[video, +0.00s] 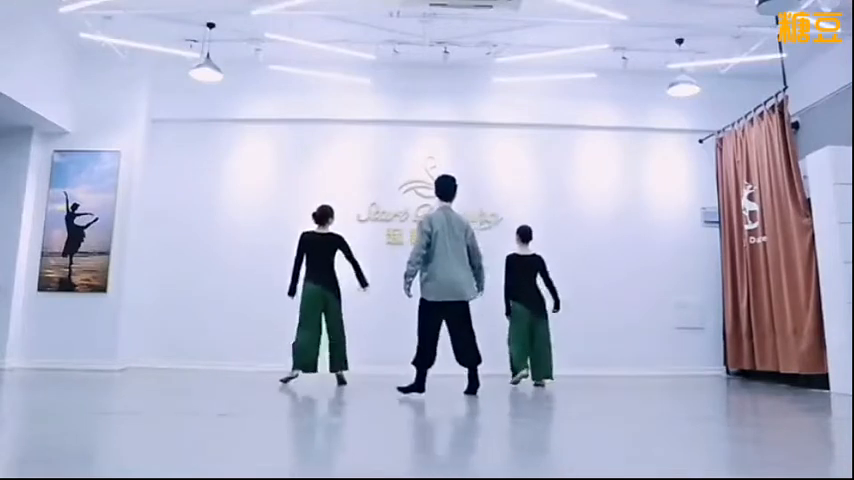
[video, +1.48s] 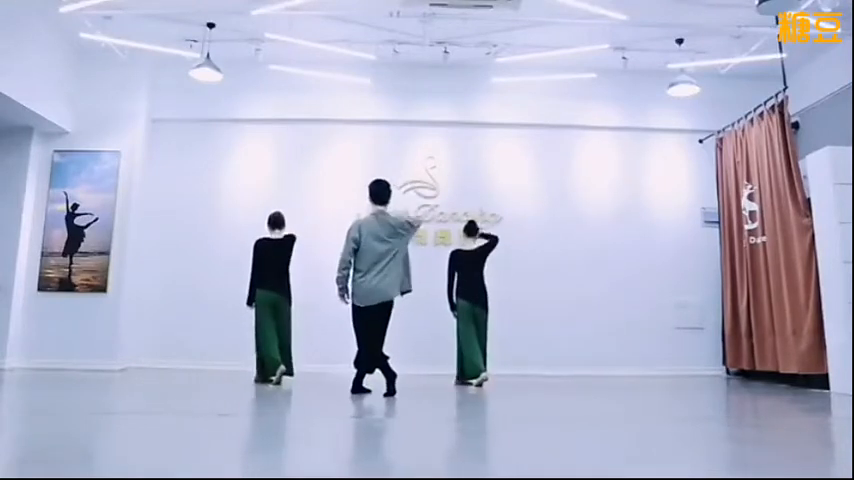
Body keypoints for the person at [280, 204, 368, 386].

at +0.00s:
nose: (332, 221)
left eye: (330, 218)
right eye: (332, 218)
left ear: (315, 218)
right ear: (330, 220)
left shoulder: (306, 237)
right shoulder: (336, 239)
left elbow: (298, 263)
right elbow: (351, 260)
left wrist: (292, 286)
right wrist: (362, 280)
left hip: (310, 288)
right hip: (331, 288)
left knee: (306, 327)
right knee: (335, 328)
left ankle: (297, 366)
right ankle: (339, 369)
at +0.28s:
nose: (308, 227)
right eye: (310, 224)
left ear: (295, 223)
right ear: (311, 225)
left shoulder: (285, 242)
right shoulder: (315, 243)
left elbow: (276, 269)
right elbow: (332, 265)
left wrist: (265, 291)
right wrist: (351, 277)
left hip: (287, 292)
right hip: (307, 294)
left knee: (284, 331)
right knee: (306, 332)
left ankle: (284, 370)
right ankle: (301, 370)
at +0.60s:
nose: (285, 245)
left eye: (281, 242)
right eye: (287, 242)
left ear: (277, 241)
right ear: (293, 241)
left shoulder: (271, 257)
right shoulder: (301, 258)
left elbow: (266, 286)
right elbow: (297, 284)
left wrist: (260, 309)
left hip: (273, 303)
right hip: (294, 306)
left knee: (271, 340)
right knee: (281, 344)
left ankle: (279, 370)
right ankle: (265, 372)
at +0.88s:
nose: (279, 241)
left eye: (275, 238)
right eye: (283, 237)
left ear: (272, 237)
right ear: (288, 237)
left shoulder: (265, 252)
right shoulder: (294, 250)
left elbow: (261, 281)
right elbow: (293, 280)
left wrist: (256, 305)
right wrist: (296, 306)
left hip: (269, 300)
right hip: (290, 302)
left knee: (270, 338)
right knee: (279, 341)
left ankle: (279, 368)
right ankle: (264, 376)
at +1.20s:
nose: (277, 231)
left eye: (272, 228)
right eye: (280, 228)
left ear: (269, 228)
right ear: (285, 229)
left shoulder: (261, 245)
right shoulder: (290, 244)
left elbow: (257, 275)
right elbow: (288, 239)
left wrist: (253, 299)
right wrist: (282, 234)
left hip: (265, 294)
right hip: (285, 294)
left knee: (268, 333)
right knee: (283, 333)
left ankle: (278, 366)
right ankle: (268, 372)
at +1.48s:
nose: (275, 229)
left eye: (271, 225)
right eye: (279, 225)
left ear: (268, 226)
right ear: (284, 226)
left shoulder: (260, 244)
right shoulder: (289, 243)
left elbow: (254, 273)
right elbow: (290, 236)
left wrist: (250, 296)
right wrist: (281, 233)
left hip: (263, 292)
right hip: (282, 292)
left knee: (265, 330)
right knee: (280, 330)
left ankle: (276, 366)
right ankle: (265, 372)